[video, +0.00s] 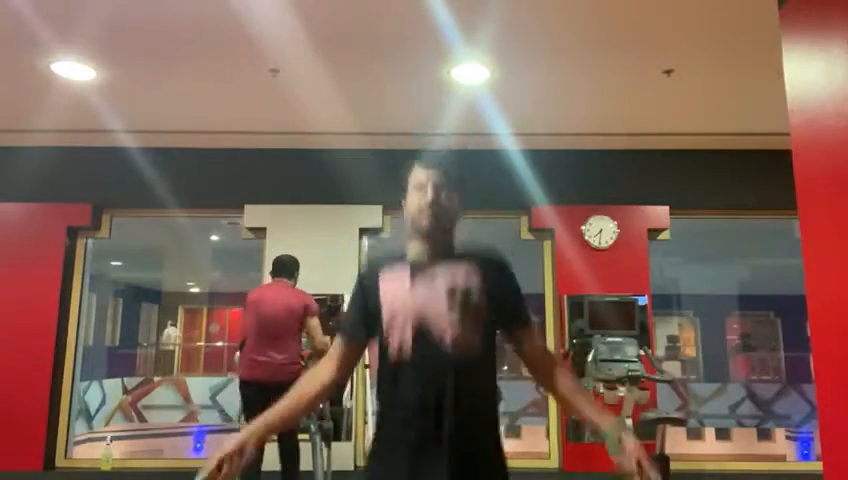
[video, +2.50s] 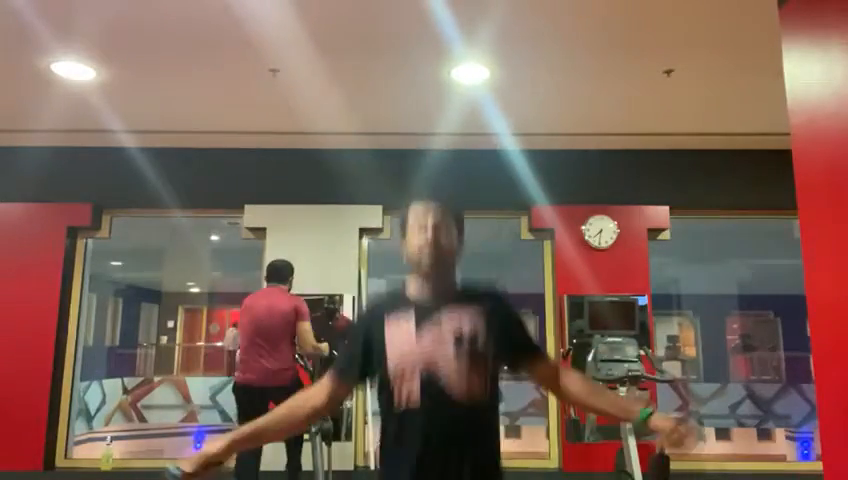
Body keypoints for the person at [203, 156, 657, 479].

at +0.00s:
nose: (431, 198)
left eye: (442, 188)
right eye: (420, 188)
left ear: (460, 205)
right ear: (402, 205)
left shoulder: (488, 271)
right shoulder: (377, 277)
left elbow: (541, 362)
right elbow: (329, 371)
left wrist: (612, 430)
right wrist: (251, 434)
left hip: (475, 459)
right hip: (396, 459)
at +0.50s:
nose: (427, 209)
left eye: (439, 200)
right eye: (418, 199)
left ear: (460, 215)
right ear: (404, 212)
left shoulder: (489, 281)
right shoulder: (378, 292)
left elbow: (552, 359)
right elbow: (327, 376)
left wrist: (629, 410)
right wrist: (244, 435)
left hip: (478, 462)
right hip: (401, 463)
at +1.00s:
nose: (427, 215)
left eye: (438, 207)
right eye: (417, 206)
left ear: (456, 220)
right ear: (401, 220)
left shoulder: (487, 291)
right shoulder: (375, 299)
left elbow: (550, 379)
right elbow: (322, 385)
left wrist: (624, 432)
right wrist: (236, 442)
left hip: (472, 466)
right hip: (397, 466)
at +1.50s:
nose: (426, 230)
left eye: (438, 220)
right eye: (416, 220)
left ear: (458, 233)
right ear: (402, 230)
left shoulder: (488, 303)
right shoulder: (376, 307)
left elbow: (546, 382)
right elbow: (320, 390)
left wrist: (623, 433)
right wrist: (236, 440)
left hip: (470, 466)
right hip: (397, 466)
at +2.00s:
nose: (431, 239)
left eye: (443, 227)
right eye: (420, 227)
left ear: (463, 236)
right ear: (405, 235)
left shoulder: (490, 307)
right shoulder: (379, 312)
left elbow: (550, 384)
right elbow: (323, 389)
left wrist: (629, 435)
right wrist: (239, 431)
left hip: (472, 469)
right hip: (398, 468)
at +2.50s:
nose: (427, 238)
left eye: (439, 228)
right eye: (417, 229)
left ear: (459, 241)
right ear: (402, 243)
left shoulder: (490, 311)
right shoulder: (376, 317)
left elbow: (556, 378)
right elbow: (317, 399)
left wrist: (639, 416)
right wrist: (230, 442)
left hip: (474, 468)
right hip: (399, 468)